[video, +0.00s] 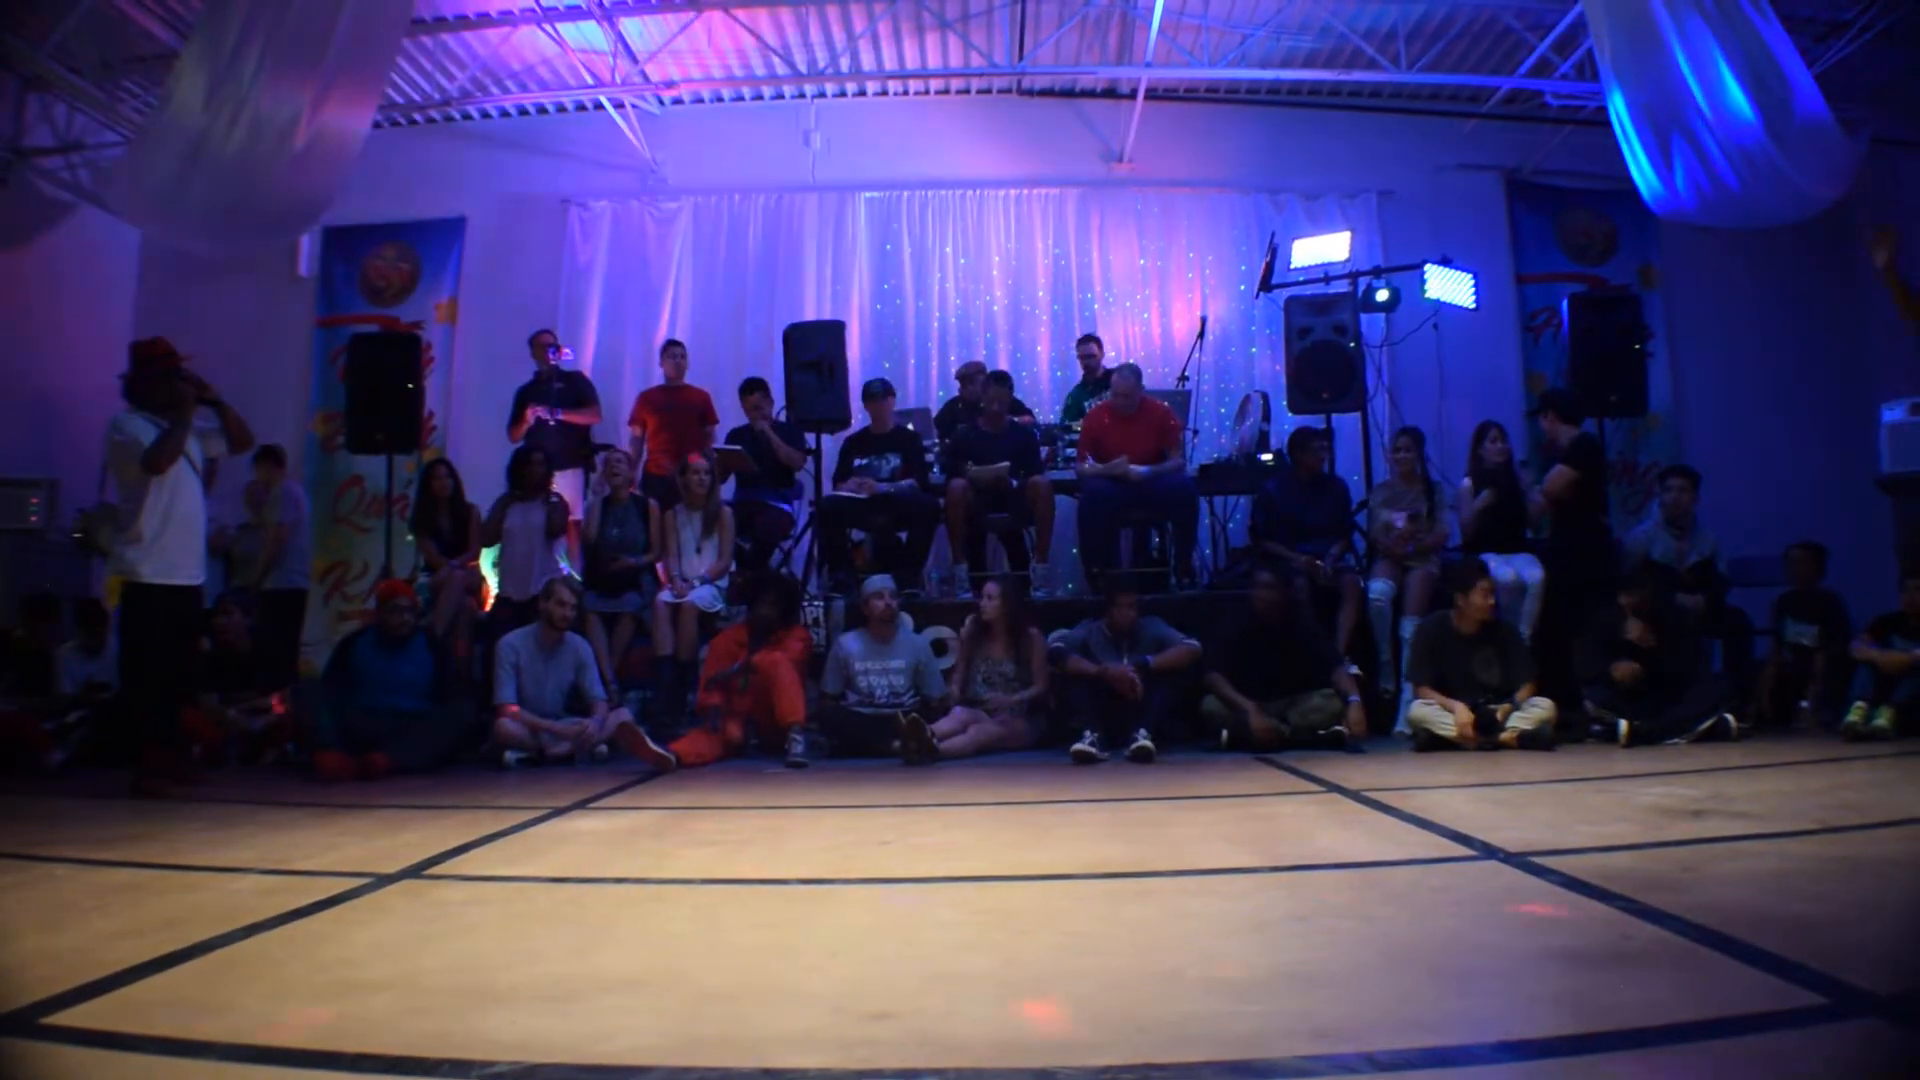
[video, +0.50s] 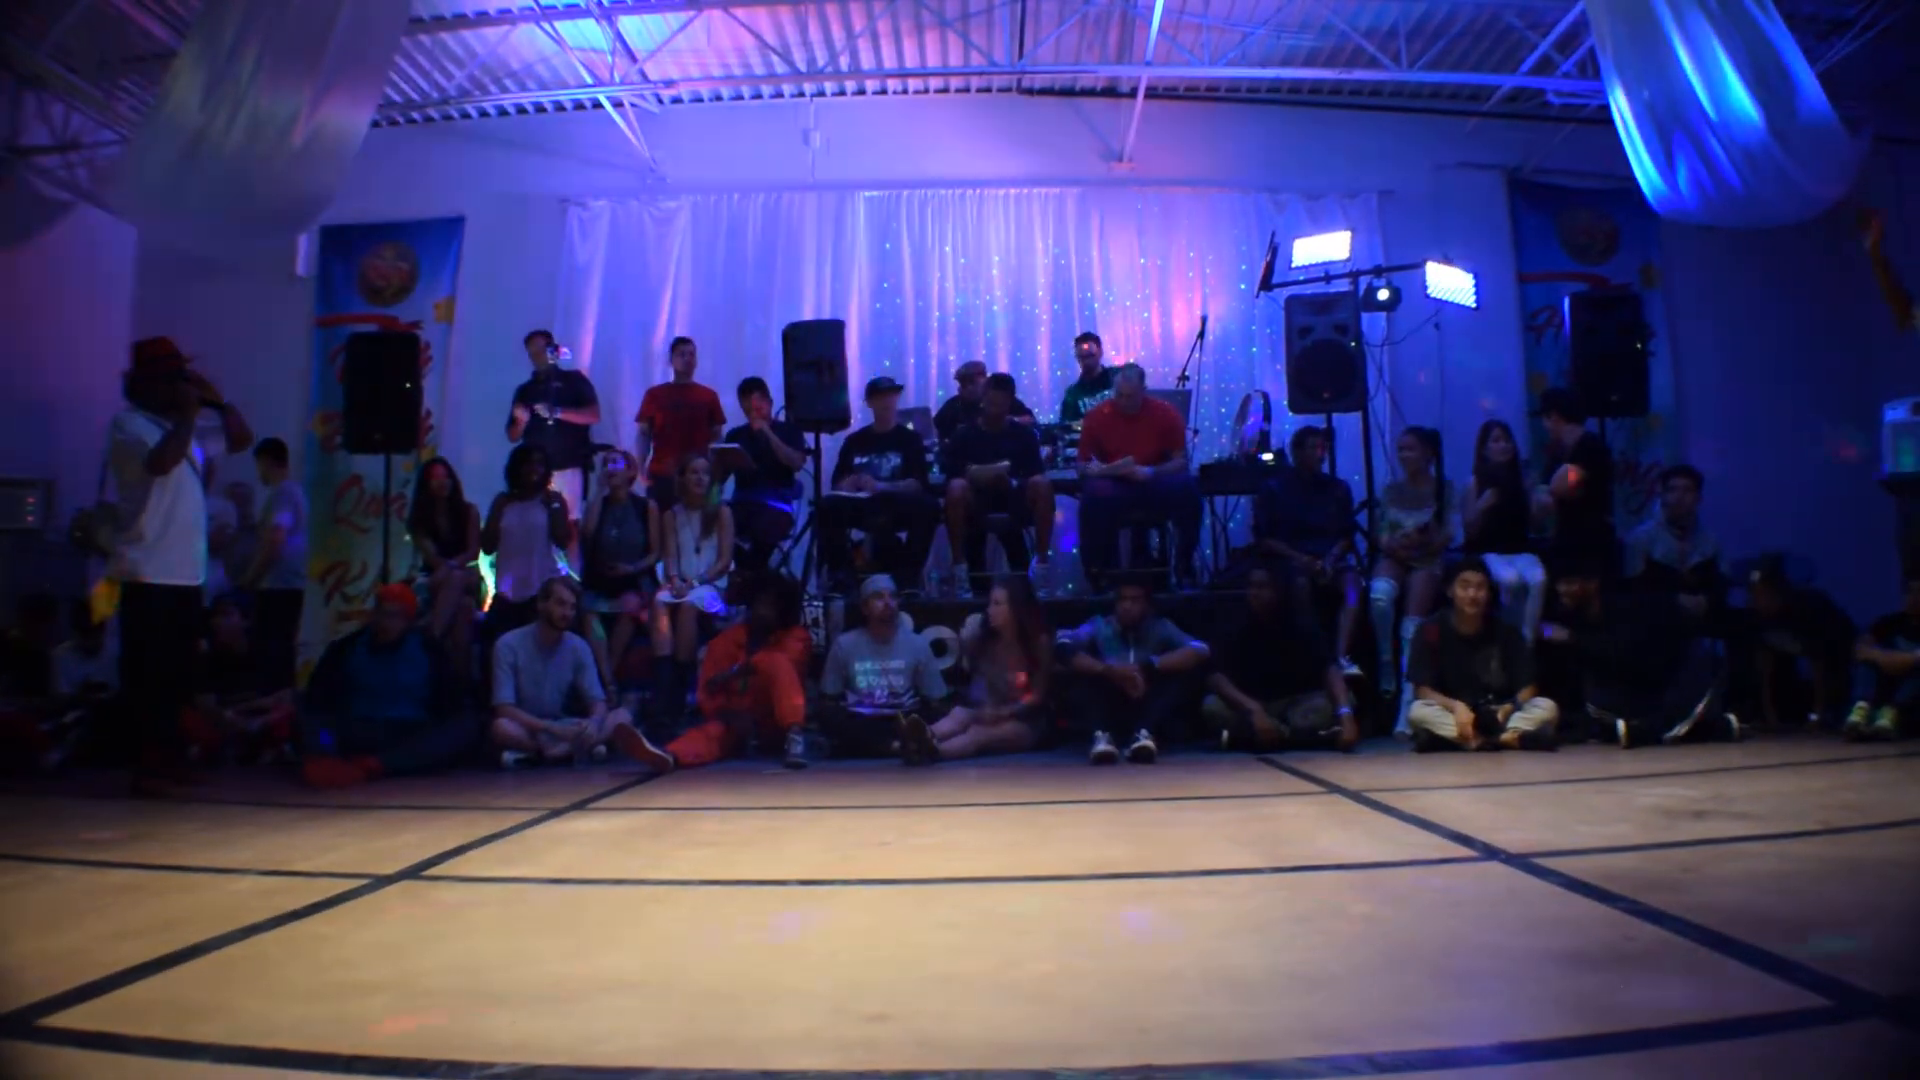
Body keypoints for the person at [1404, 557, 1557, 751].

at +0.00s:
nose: (1492, 602)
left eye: (1491, 595)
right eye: (1484, 595)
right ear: (1461, 599)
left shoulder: (1503, 630)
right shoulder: (1433, 630)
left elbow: (1528, 684)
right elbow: (1421, 689)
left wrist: (1509, 707)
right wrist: (1457, 707)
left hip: (1498, 704)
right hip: (1454, 707)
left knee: (1545, 707)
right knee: (1418, 711)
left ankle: (1466, 743)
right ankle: (1506, 739)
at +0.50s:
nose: (1472, 595)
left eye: (1480, 588)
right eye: (1465, 587)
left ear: (1489, 594)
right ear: (1451, 591)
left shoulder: (1505, 631)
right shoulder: (1432, 630)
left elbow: (1528, 687)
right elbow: (1422, 689)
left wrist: (1508, 708)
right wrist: (1457, 707)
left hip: (1499, 707)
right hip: (1455, 709)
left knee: (1547, 707)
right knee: (1418, 712)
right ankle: (1507, 740)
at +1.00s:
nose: (1495, 590)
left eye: (1495, 584)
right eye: (1488, 583)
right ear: (1464, 589)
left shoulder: (1507, 626)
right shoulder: (1436, 628)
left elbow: (1529, 684)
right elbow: (1423, 690)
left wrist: (1511, 707)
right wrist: (1457, 708)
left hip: (1500, 706)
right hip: (1458, 708)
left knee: (1546, 707)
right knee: (1419, 711)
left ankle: (1468, 743)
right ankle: (1506, 740)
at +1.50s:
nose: (1492, 605)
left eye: (1495, 597)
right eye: (1485, 596)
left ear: (1500, 596)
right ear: (1463, 594)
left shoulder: (1505, 627)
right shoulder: (1434, 628)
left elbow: (1528, 686)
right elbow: (1423, 690)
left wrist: (1511, 706)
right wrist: (1457, 707)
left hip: (1499, 707)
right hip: (1456, 710)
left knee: (1547, 707)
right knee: (1419, 712)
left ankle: (1470, 743)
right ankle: (1508, 740)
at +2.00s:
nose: (1499, 612)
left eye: (1505, 606)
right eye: (1494, 603)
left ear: (1511, 606)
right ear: (1472, 596)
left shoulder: (1510, 630)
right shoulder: (1438, 629)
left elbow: (1528, 686)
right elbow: (1423, 690)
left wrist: (1508, 707)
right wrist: (1456, 707)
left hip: (1499, 706)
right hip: (1457, 710)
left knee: (1546, 707)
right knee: (1418, 711)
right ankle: (1505, 740)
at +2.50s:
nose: (1500, 612)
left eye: (1506, 606)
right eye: (1495, 603)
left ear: (1512, 606)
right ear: (1474, 595)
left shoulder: (1512, 630)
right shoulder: (1439, 629)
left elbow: (1530, 686)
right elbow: (1424, 690)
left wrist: (1509, 708)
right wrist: (1457, 707)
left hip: (1501, 707)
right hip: (1459, 711)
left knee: (1547, 707)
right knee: (1419, 711)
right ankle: (1505, 741)